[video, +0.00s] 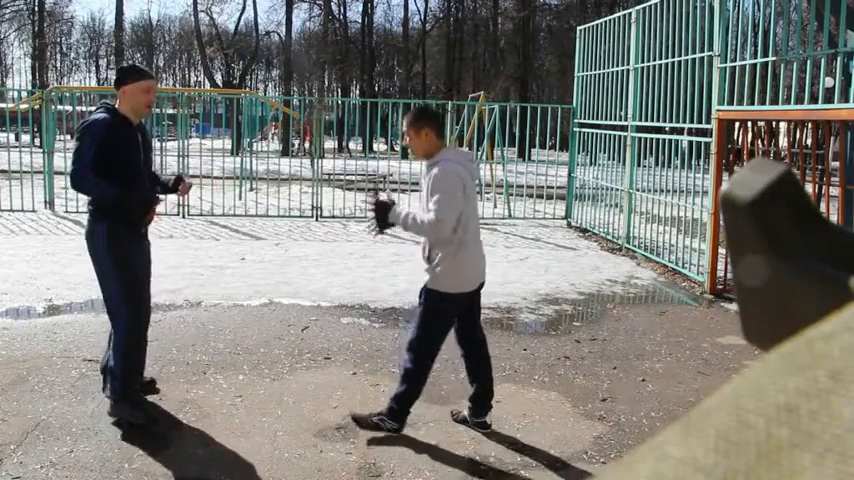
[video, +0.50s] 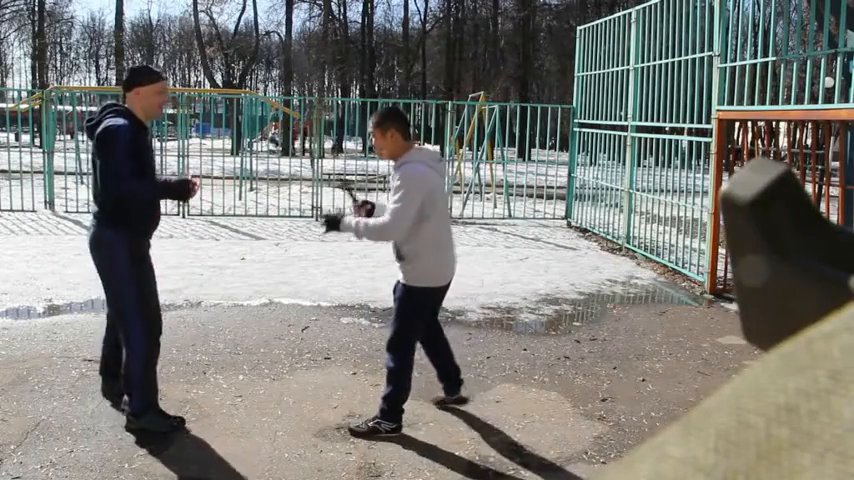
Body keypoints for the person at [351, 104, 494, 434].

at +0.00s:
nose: (406, 143)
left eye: (409, 135)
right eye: (405, 136)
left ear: (427, 134)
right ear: (431, 135)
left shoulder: (444, 173)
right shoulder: (454, 164)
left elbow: (440, 227)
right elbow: (434, 216)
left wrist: (396, 216)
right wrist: (398, 215)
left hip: (448, 279)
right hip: (469, 275)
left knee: (420, 352)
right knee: (473, 344)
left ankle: (393, 417)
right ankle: (479, 412)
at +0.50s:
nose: (374, 144)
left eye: (376, 137)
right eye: (373, 137)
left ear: (394, 135)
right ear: (398, 135)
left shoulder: (411, 173)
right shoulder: (423, 163)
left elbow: (392, 228)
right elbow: (412, 213)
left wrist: (346, 224)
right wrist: (376, 210)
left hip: (421, 276)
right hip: (436, 271)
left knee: (399, 346)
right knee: (428, 329)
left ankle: (389, 418)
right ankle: (453, 388)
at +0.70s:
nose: (382, 145)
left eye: (385, 137)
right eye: (381, 138)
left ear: (403, 136)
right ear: (406, 137)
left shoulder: (416, 174)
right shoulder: (428, 163)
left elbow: (408, 229)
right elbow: (414, 218)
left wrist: (362, 237)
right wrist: (376, 214)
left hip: (422, 275)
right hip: (437, 271)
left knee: (396, 344)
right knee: (432, 331)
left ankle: (388, 417)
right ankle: (451, 392)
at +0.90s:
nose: (389, 140)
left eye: (392, 133)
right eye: (388, 134)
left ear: (412, 132)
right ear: (409, 133)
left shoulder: (432, 167)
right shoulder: (415, 162)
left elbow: (442, 221)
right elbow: (411, 206)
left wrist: (396, 213)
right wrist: (376, 202)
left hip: (430, 269)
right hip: (426, 265)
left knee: (405, 339)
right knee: (435, 327)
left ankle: (422, 406)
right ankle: (451, 391)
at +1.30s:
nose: (386, 143)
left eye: (389, 136)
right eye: (385, 137)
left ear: (409, 133)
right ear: (402, 135)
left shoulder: (439, 165)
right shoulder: (394, 168)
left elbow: (432, 217)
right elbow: (395, 210)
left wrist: (381, 211)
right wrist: (367, 210)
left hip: (430, 270)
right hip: (399, 264)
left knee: (431, 339)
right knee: (378, 323)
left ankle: (443, 403)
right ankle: (374, 384)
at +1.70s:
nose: (366, 141)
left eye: (369, 134)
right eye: (365, 135)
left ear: (389, 134)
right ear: (385, 135)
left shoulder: (424, 164)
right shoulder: (379, 168)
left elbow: (426, 213)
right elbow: (380, 213)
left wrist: (376, 189)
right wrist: (350, 204)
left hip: (422, 266)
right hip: (386, 263)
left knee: (432, 333)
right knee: (372, 325)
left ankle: (441, 390)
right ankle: (366, 386)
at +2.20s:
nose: (363, 159)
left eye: (366, 153)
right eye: (361, 154)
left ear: (382, 151)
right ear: (366, 155)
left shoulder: (416, 178)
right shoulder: (360, 187)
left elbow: (407, 211)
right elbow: (347, 221)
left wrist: (372, 178)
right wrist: (339, 250)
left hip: (405, 279)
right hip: (366, 274)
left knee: (422, 339)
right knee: (329, 324)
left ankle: (442, 390)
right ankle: (303, 384)